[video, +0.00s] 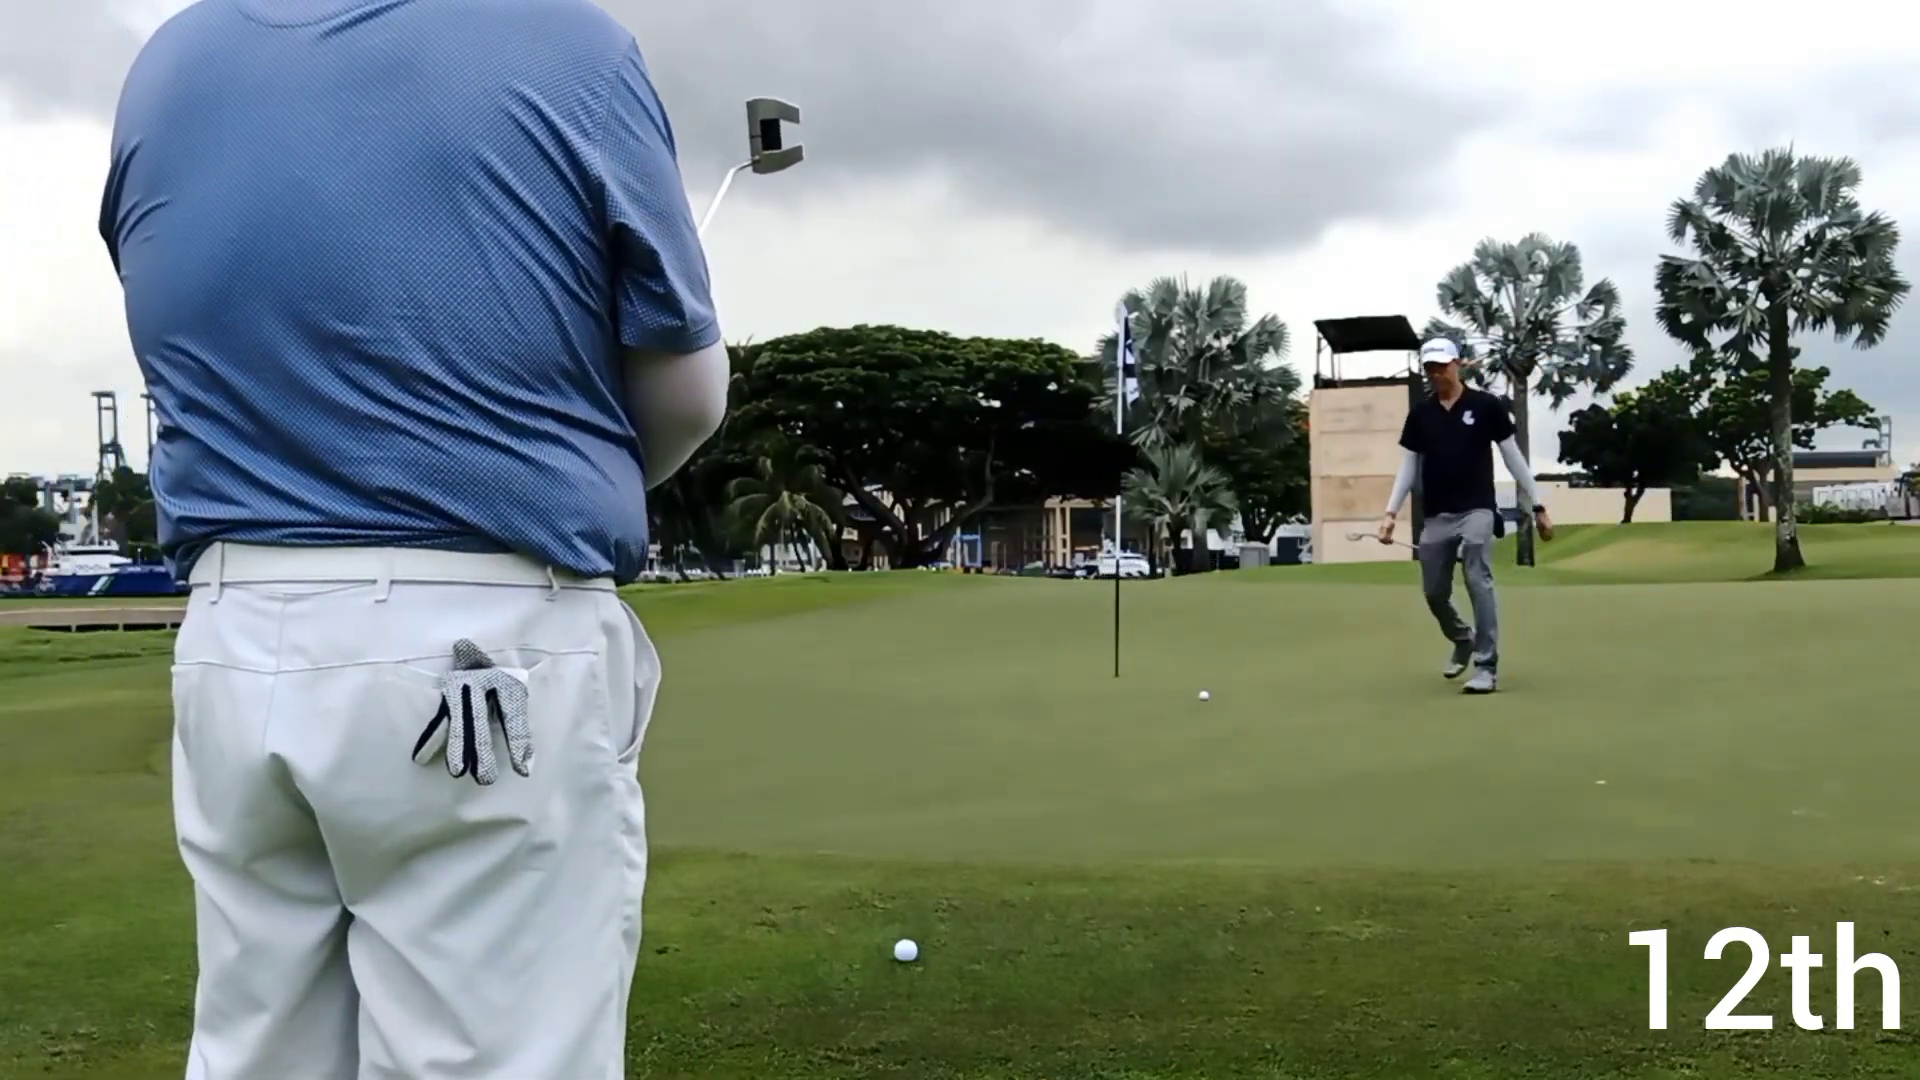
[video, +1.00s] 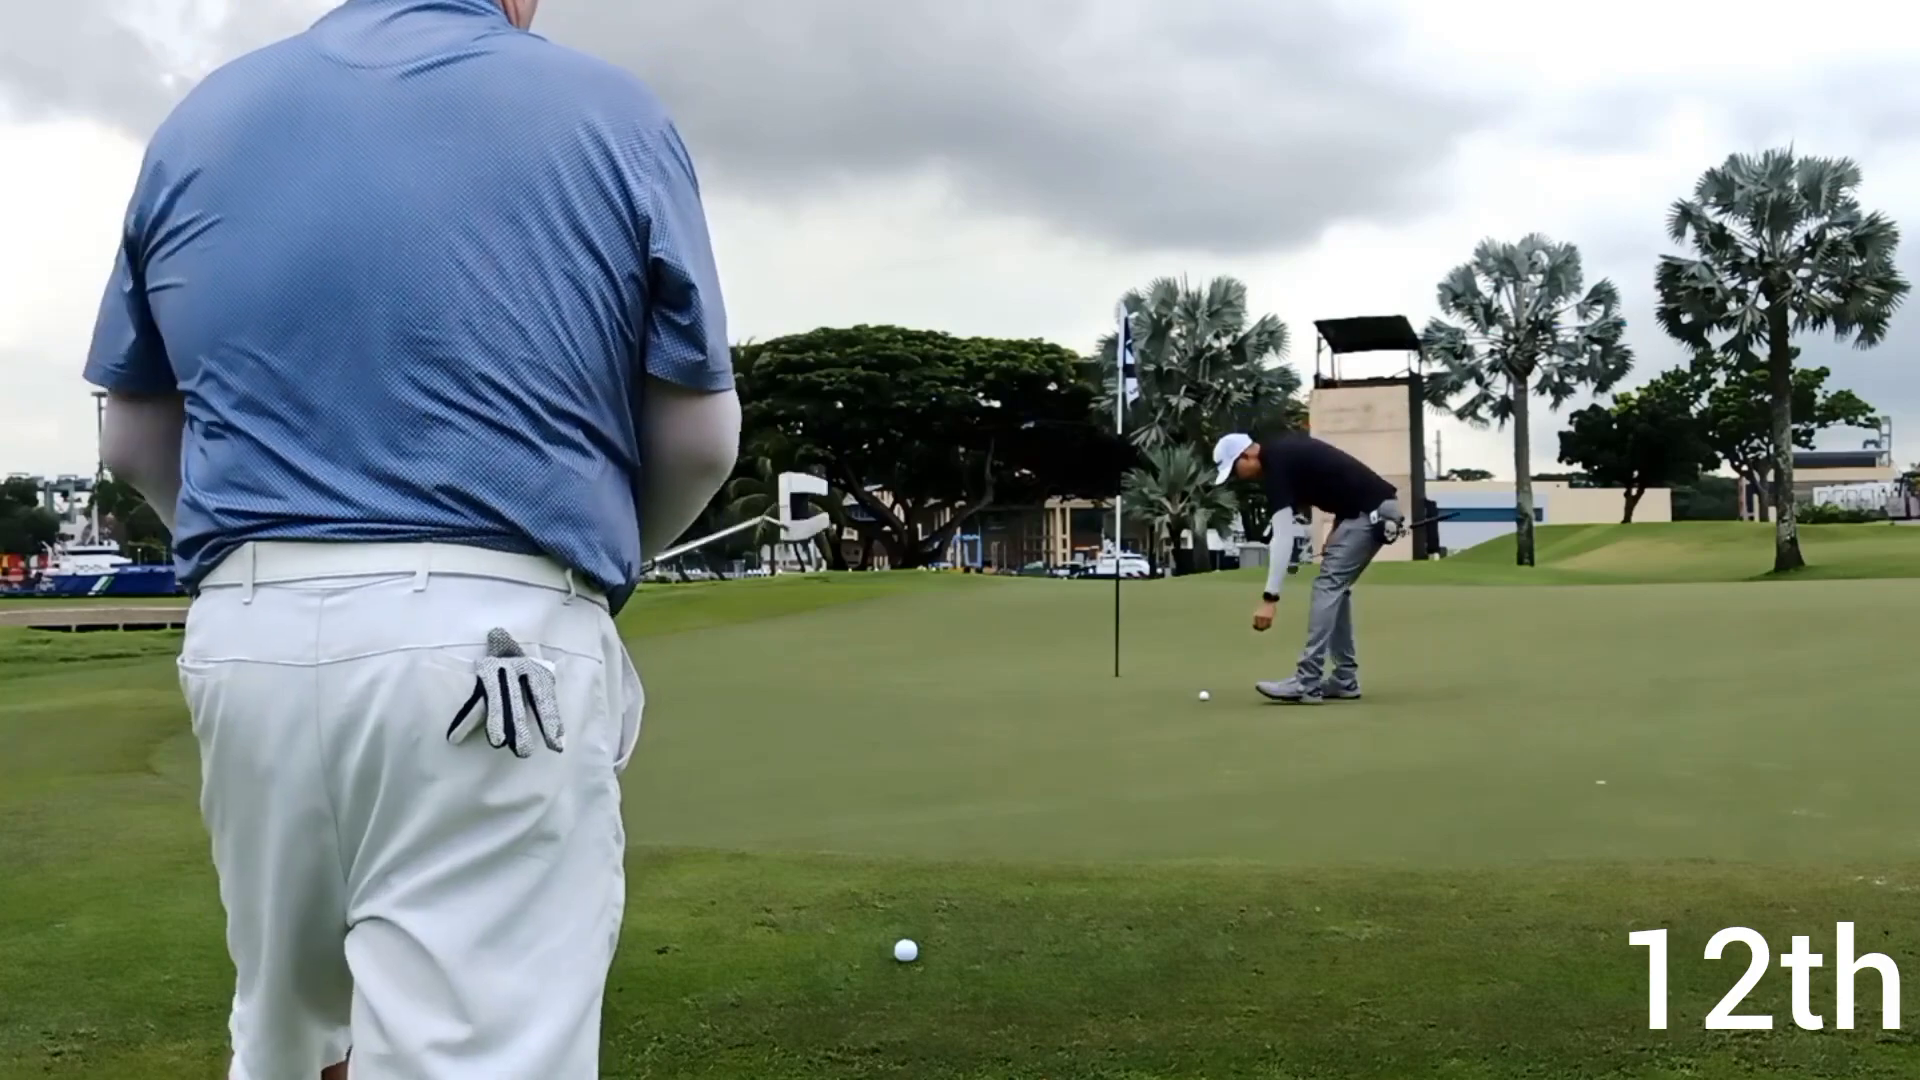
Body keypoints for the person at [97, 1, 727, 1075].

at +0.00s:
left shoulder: (172, 52)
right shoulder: (571, 40)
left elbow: (175, 333)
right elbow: (683, 390)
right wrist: (560, 492)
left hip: (238, 617)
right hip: (494, 621)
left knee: (253, 1058)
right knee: (503, 1058)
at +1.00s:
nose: (546, 22)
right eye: (546, 17)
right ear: (521, 4)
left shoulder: (206, 112)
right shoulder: (608, 108)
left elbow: (137, 436)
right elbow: (698, 439)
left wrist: (275, 536)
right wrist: (577, 552)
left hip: (250, 625)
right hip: (499, 620)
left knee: (286, 1043)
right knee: (473, 1055)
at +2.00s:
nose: (480, 171)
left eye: (485, 150)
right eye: (483, 147)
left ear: (350, 117)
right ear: (451, 127)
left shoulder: (235, 235)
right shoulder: (512, 247)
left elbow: (177, 448)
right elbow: (594, 447)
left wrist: (262, 536)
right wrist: (602, 610)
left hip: (273, 595)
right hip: (449, 598)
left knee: (286, 907)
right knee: (421, 904)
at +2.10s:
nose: (501, 169)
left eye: (504, 151)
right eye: (506, 148)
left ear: (378, 115)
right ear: (476, 126)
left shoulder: (256, 217)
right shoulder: (525, 239)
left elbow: (181, 421)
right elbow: (596, 438)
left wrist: (250, 526)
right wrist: (603, 603)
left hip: (291, 565)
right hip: (457, 564)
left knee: (297, 865)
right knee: (427, 879)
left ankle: (291, 1076)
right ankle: (398, 1075)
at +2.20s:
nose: (511, 169)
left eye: (518, 151)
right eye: (518, 146)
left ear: (400, 110)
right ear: (487, 121)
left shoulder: (272, 213)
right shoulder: (530, 234)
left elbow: (184, 399)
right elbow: (600, 432)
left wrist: (228, 554)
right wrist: (603, 596)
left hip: (305, 553)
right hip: (463, 556)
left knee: (304, 823)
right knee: (428, 854)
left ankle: (293, 1059)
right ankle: (397, 1077)